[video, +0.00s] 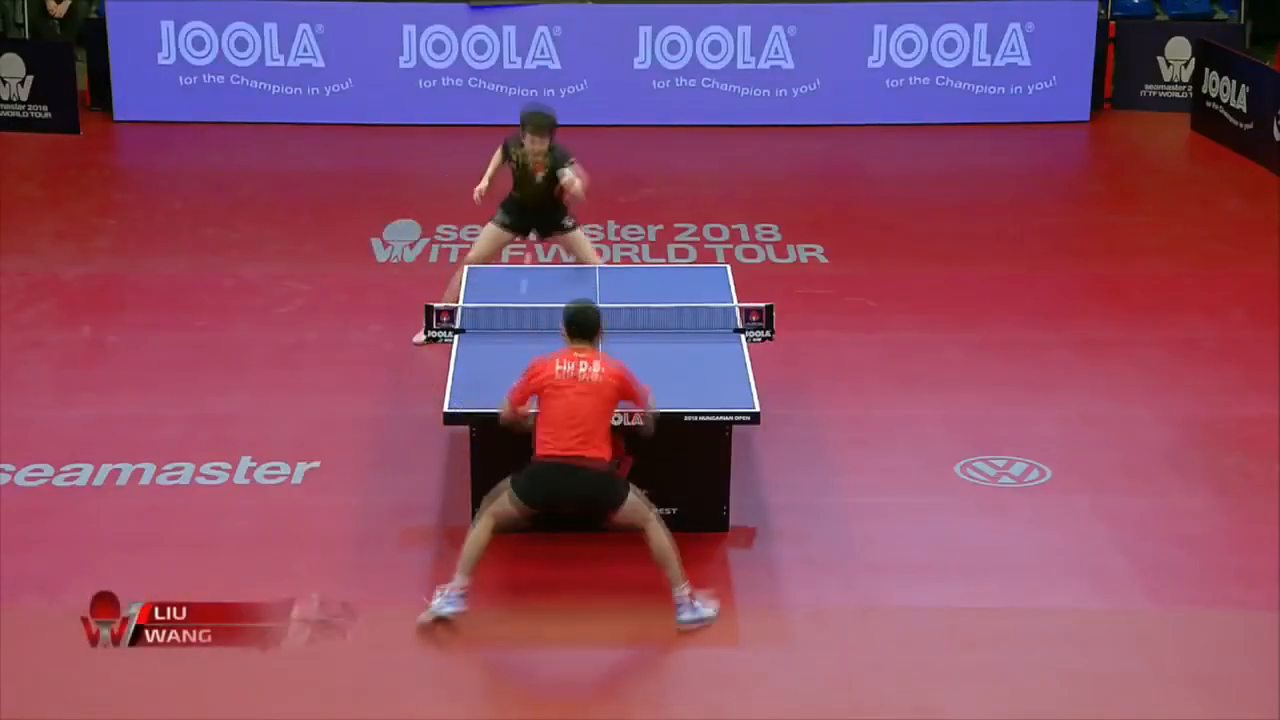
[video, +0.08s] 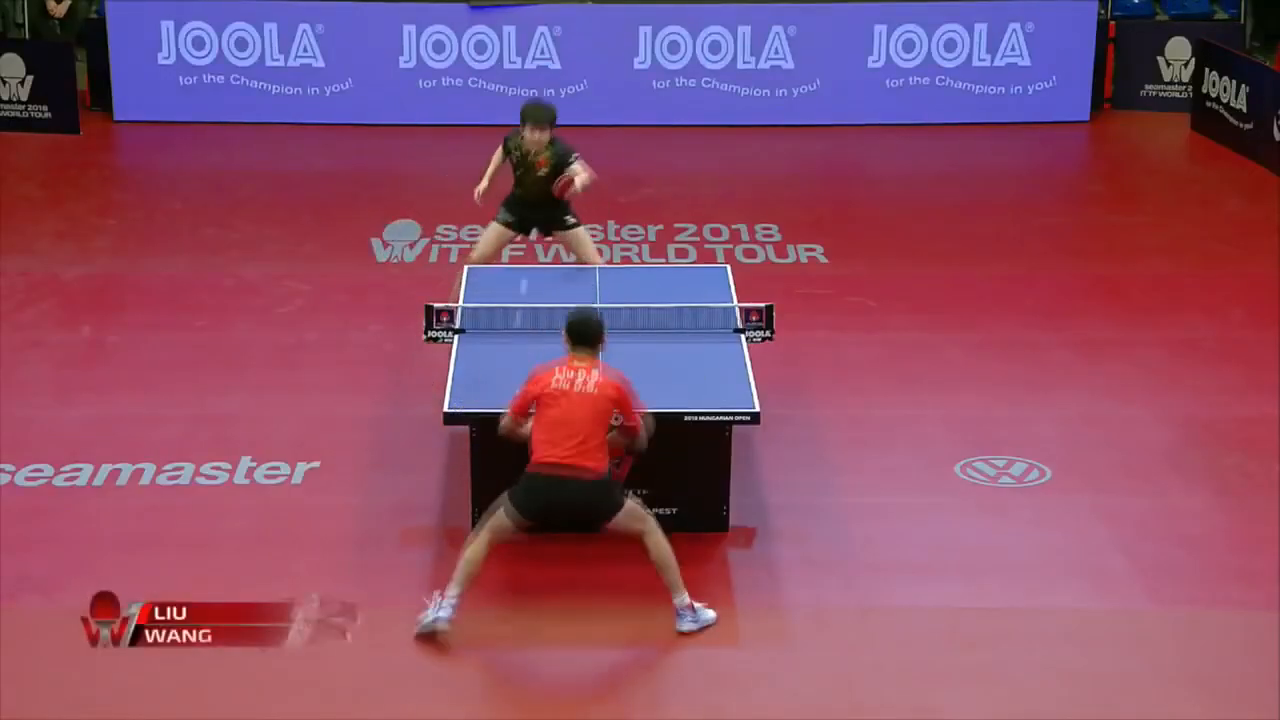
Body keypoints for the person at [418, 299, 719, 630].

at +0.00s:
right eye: (599, 330)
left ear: (564, 332)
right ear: (599, 332)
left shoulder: (543, 366)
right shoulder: (614, 370)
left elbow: (508, 415)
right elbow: (648, 410)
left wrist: (534, 422)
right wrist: (645, 429)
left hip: (544, 475)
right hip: (595, 478)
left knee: (488, 517)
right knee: (650, 522)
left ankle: (454, 593)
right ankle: (685, 601)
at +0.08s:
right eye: (601, 338)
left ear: (566, 340)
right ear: (602, 341)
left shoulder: (543, 376)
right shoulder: (615, 382)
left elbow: (509, 427)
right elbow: (638, 439)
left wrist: (543, 435)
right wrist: (602, 439)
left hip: (540, 487)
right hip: (591, 490)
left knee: (486, 535)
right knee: (648, 527)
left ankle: (445, 606)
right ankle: (685, 608)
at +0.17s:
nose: (536, 361)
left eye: (536, 356)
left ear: (538, 357)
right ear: (569, 358)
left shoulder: (526, 394)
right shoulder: (586, 398)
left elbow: (498, 433)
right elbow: (596, 449)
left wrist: (536, 432)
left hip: (526, 509)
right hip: (576, 508)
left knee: (480, 550)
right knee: (635, 539)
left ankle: (443, 622)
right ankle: (685, 609)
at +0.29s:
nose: (501, 357)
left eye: (503, 351)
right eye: (508, 351)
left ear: (508, 353)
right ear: (539, 353)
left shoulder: (493, 393)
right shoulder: (558, 387)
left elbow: (443, 417)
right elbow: (553, 373)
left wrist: (399, 417)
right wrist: (544, 361)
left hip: (503, 507)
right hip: (556, 508)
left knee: (431, 522)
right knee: (614, 542)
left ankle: (418, 609)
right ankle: (676, 606)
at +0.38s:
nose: (468, 354)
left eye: (468, 349)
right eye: (480, 347)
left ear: (471, 353)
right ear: (503, 348)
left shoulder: (466, 398)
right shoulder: (529, 378)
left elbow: (428, 451)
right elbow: (565, 367)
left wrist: (391, 479)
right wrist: (575, 347)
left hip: (488, 505)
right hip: (536, 501)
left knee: (416, 529)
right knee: (593, 539)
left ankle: (370, 612)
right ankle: (638, 614)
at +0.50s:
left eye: (443, 361)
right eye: (481, 359)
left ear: (444, 367)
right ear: (479, 365)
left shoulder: (434, 417)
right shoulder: (503, 401)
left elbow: (423, 477)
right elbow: (561, 408)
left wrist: (410, 492)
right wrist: (578, 370)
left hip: (461, 524)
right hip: (512, 518)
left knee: (393, 557)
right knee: (554, 539)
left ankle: (356, 642)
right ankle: (587, 616)